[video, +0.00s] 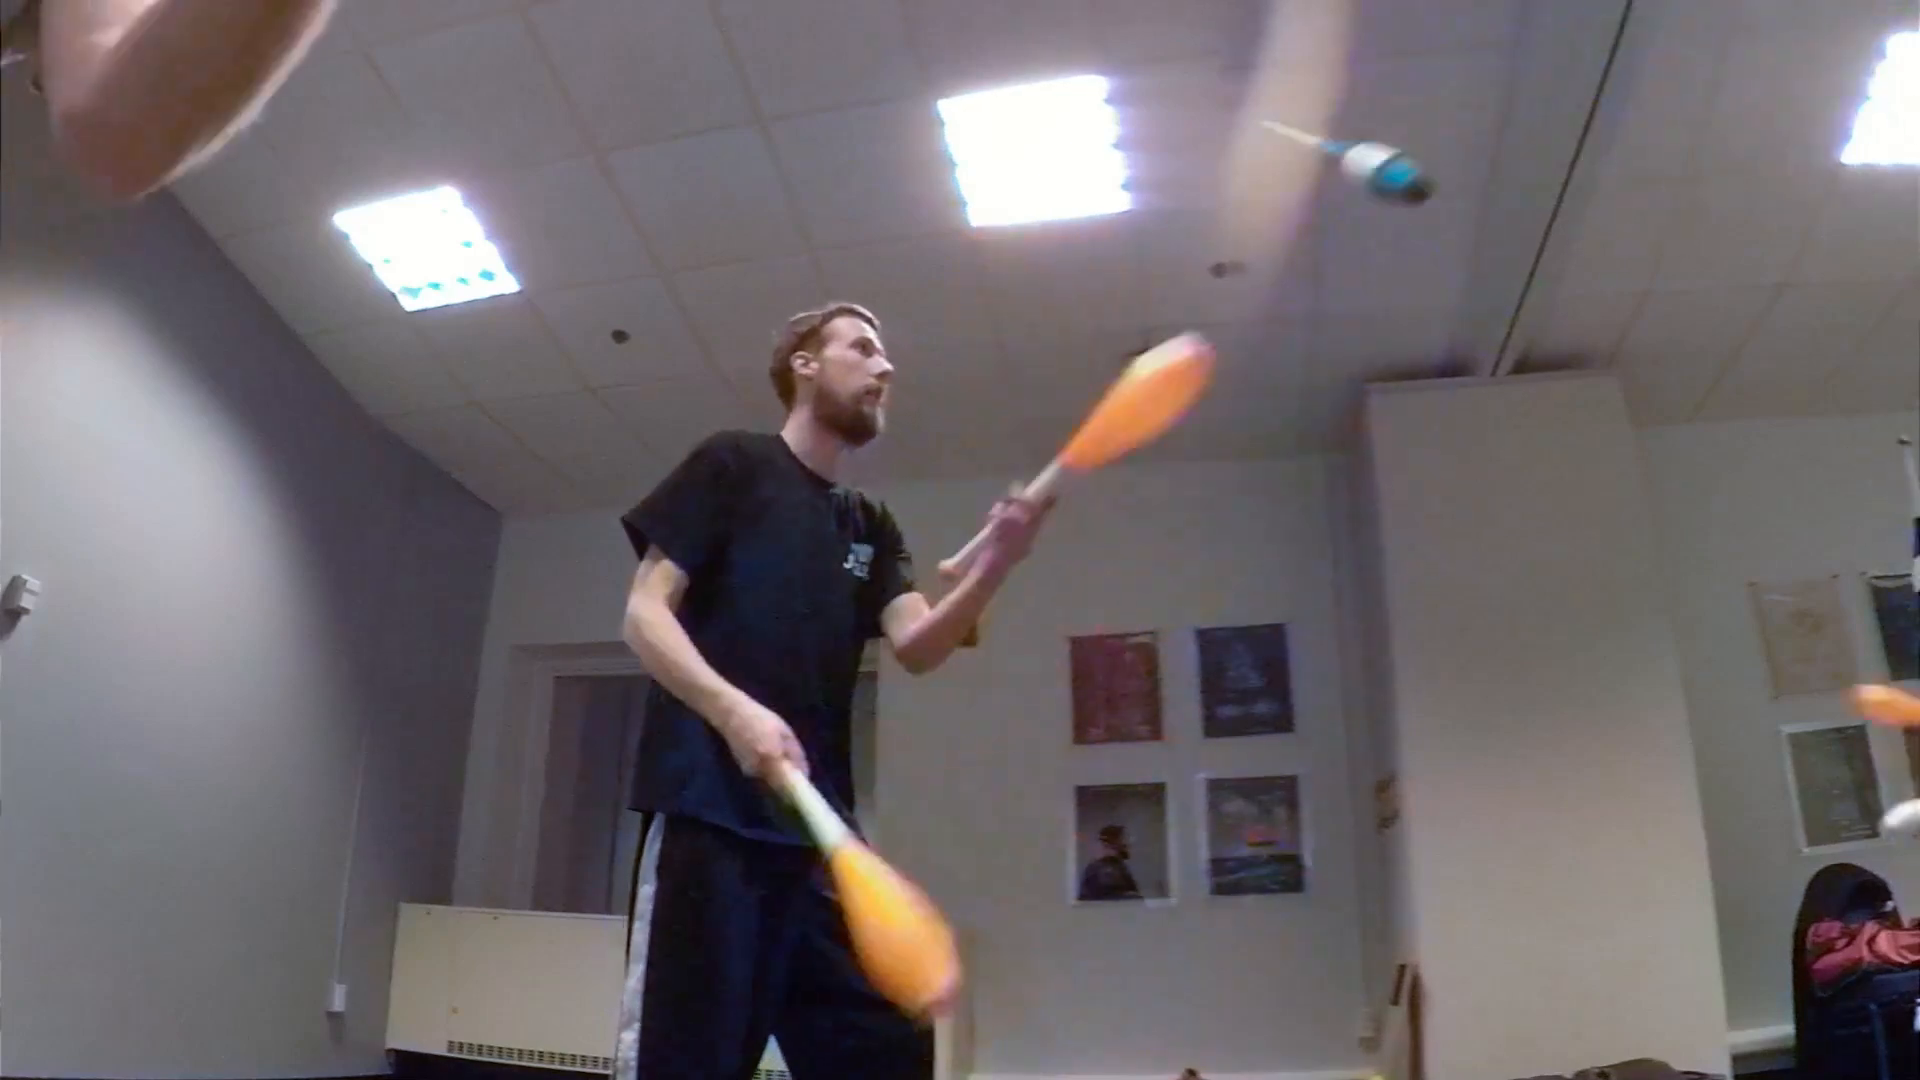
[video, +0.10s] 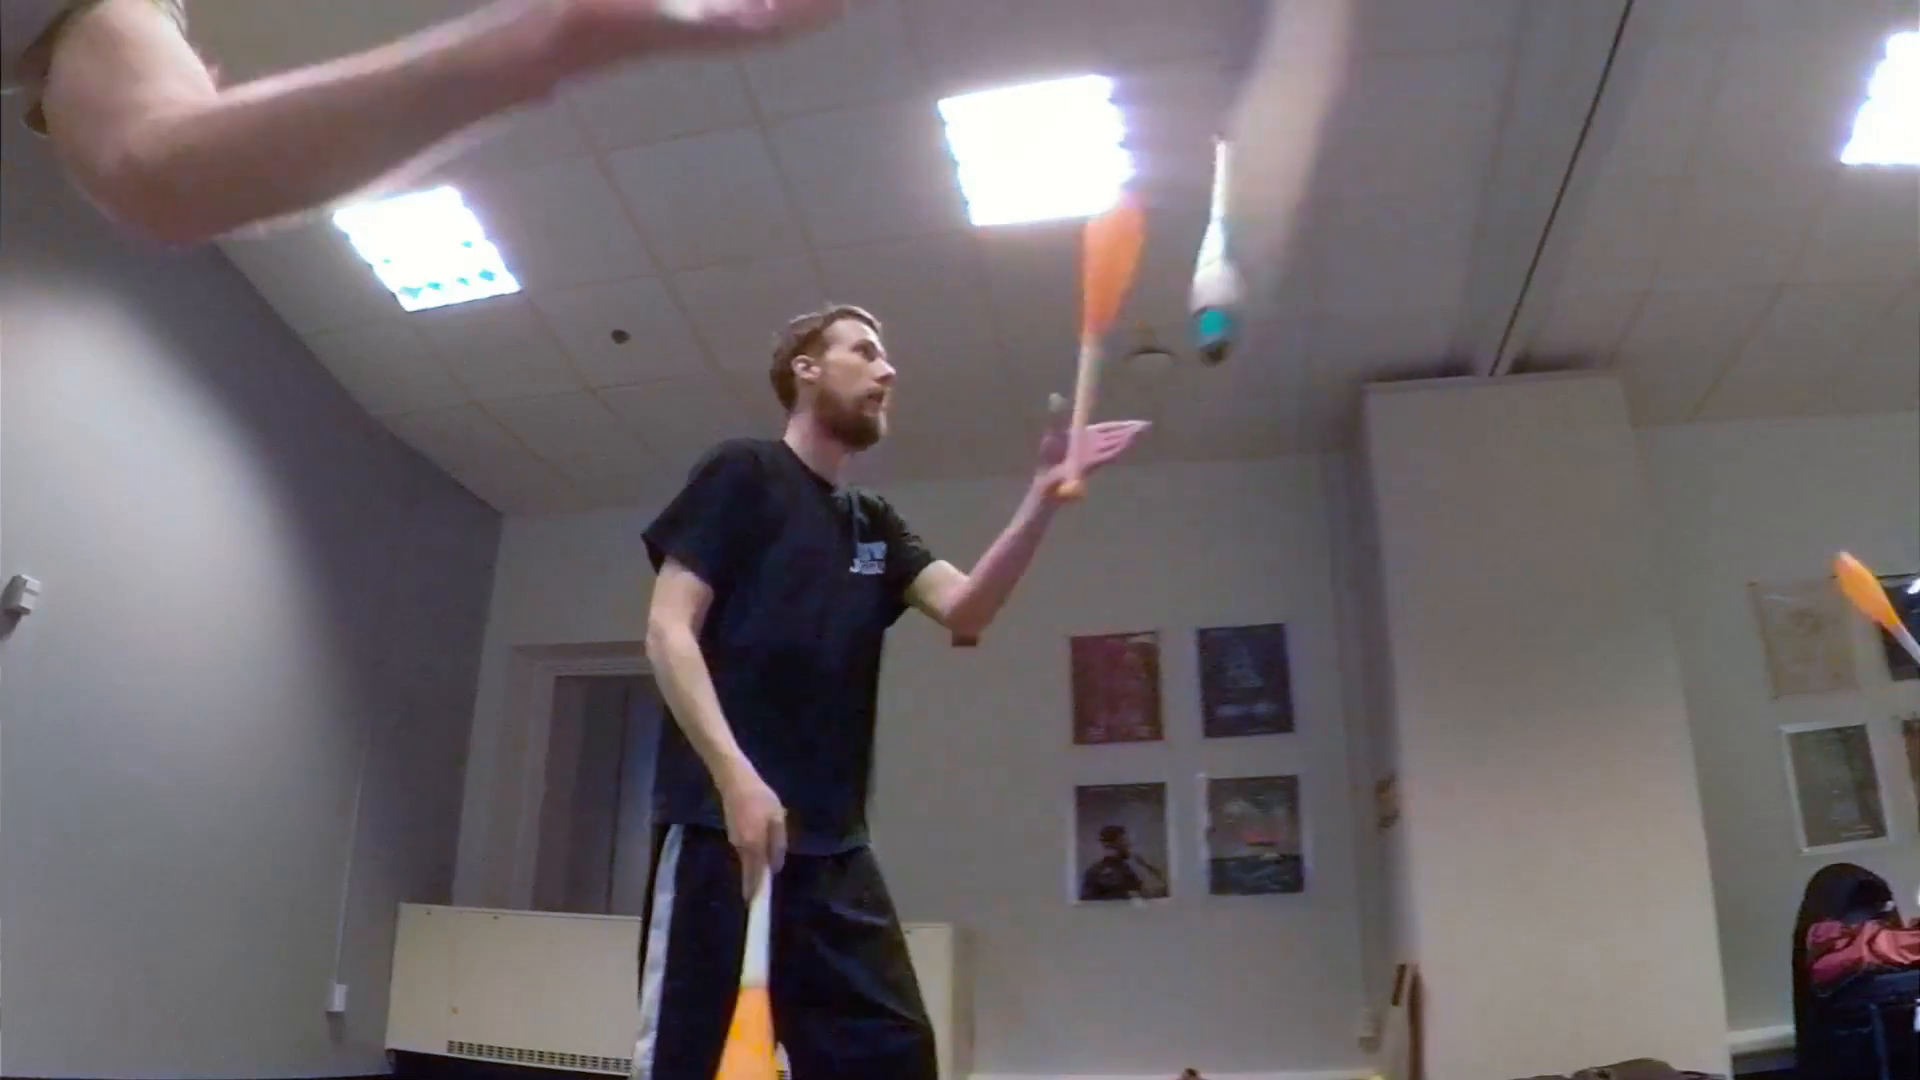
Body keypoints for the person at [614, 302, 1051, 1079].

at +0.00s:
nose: (885, 367)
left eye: (884, 357)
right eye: (862, 348)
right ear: (802, 365)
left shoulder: (867, 524)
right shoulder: (731, 463)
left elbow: (918, 644)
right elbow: (644, 614)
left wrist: (992, 558)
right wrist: (734, 712)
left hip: (822, 836)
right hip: (709, 825)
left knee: (883, 1046)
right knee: (694, 1056)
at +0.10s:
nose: (888, 371)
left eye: (886, 359)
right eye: (863, 352)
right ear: (804, 370)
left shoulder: (871, 524)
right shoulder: (741, 474)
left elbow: (966, 611)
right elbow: (667, 631)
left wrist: (1042, 501)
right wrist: (735, 779)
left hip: (832, 843)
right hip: (718, 831)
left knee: (892, 1053)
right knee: (681, 1060)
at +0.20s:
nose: (895, 381)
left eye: (894, 369)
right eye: (873, 361)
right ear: (813, 377)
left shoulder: (875, 532)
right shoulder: (762, 485)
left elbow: (988, 592)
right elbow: (717, 660)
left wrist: (1079, 472)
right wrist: (770, 827)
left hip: (842, 846)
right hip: (744, 841)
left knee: (918, 1053)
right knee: (711, 1065)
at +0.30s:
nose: (915, 384)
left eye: (913, 371)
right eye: (893, 365)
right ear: (835, 382)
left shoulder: (868, 533)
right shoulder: (809, 483)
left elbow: (977, 624)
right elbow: (792, 664)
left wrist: (1058, 521)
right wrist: (869, 835)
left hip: (846, 850)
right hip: (770, 841)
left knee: (934, 1050)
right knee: (742, 1064)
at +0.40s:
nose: (943, 389)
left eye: (938, 375)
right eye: (921, 371)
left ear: (877, 390)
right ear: (866, 384)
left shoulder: (853, 491)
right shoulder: (854, 477)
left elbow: (898, 679)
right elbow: (893, 657)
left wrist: (1025, 631)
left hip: (850, 844)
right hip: (784, 838)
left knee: (932, 1054)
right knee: (741, 1063)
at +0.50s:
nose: (967, 396)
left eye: (964, 382)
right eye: (948, 376)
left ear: (899, 394)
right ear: (893, 387)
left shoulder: (869, 502)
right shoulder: (871, 477)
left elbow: (876, 700)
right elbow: (978, 627)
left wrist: (1016, 735)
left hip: (851, 840)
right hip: (786, 826)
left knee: (927, 1052)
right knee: (739, 1060)